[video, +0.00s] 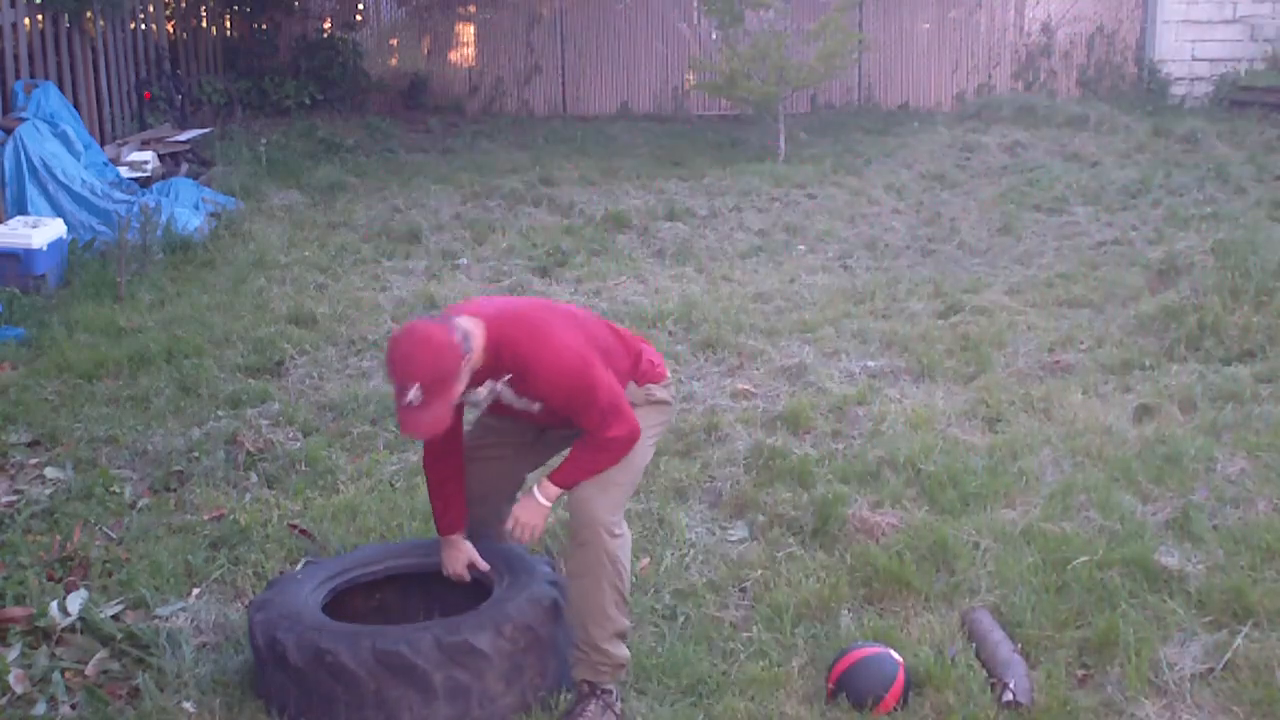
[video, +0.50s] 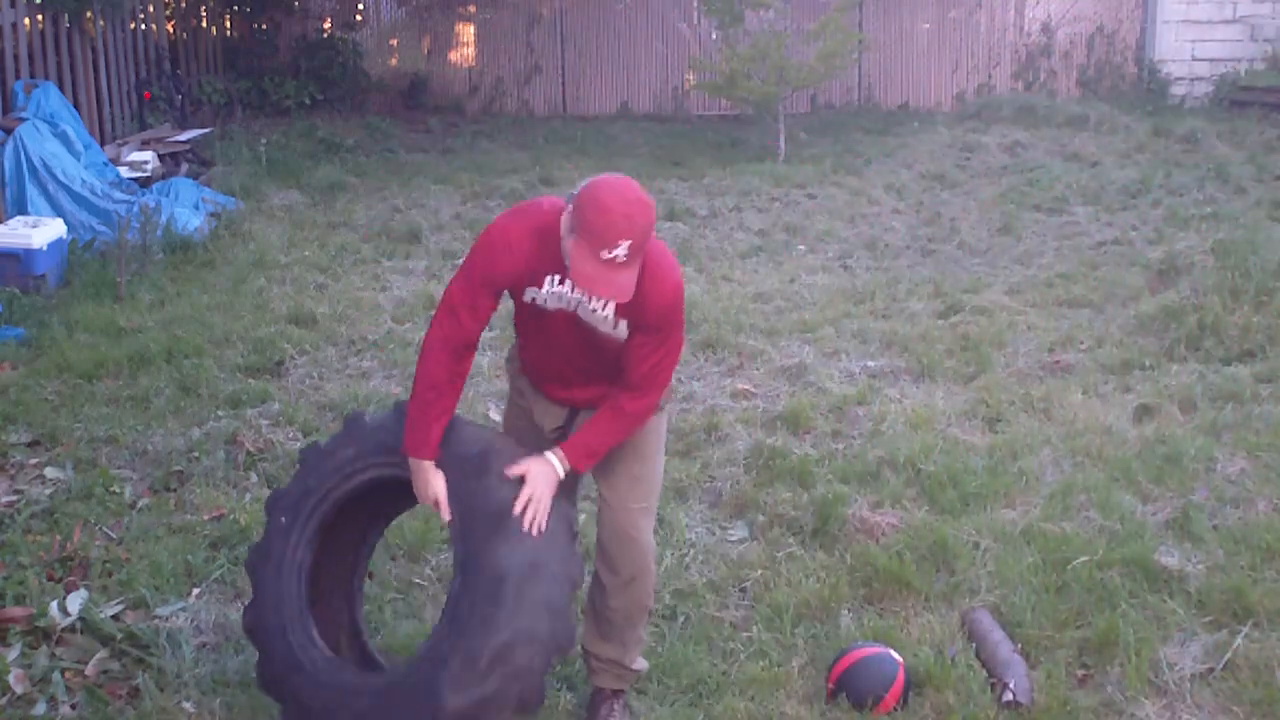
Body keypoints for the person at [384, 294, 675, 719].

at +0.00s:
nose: (444, 411)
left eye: (448, 399)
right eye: (436, 407)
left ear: (468, 360)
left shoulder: (548, 355)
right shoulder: (437, 352)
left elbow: (620, 429)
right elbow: (440, 442)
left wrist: (546, 493)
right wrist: (450, 536)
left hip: (627, 392)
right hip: (529, 397)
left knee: (592, 510)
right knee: (468, 496)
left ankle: (598, 682)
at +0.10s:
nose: (468, 385)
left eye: (471, 369)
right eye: (457, 373)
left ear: (494, 336)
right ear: (434, 340)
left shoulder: (567, 340)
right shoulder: (450, 331)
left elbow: (625, 426)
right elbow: (445, 420)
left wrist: (553, 498)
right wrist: (449, 516)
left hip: (633, 391)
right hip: (537, 392)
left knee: (600, 513)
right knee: (485, 476)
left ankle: (600, 680)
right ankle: (496, 638)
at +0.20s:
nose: (483, 367)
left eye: (493, 352)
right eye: (475, 353)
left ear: (523, 322)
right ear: (454, 313)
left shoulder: (591, 323)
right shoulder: (457, 308)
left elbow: (631, 427)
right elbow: (446, 393)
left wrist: (560, 501)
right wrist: (443, 485)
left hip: (635, 390)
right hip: (549, 387)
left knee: (612, 519)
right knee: (499, 503)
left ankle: (605, 680)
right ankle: (489, 645)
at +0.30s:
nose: (529, 337)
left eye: (541, 326)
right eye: (519, 327)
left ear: (567, 298)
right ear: (496, 290)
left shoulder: (614, 298)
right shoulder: (478, 272)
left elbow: (638, 418)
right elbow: (443, 365)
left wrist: (567, 497)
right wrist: (434, 460)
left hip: (633, 393)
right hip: (549, 390)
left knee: (624, 529)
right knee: (527, 517)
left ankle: (608, 684)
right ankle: (514, 644)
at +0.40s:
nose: (573, 301)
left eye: (587, 289)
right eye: (562, 286)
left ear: (612, 267)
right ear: (541, 251)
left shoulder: (645, 292)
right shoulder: (500, 251)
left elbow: (638, 408)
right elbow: (447, 341)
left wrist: (563, 484)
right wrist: (425, 448)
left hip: (627, 402)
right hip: (546, 396)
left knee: (625, 536)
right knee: (534, 526)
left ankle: (609, 684)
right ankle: (523, 648)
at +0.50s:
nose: (600, 284)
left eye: (615, 274)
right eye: (591, 271)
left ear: (641, 249)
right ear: (566, 230)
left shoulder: (660, 282)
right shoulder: (515, 237)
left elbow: (639, 395)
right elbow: (452, 333)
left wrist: (561, 460)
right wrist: (421, 452)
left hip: (628, 402)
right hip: (537, 390)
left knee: (628, 540)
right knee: (513, 529)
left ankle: (611, 686)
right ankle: (500, 667)